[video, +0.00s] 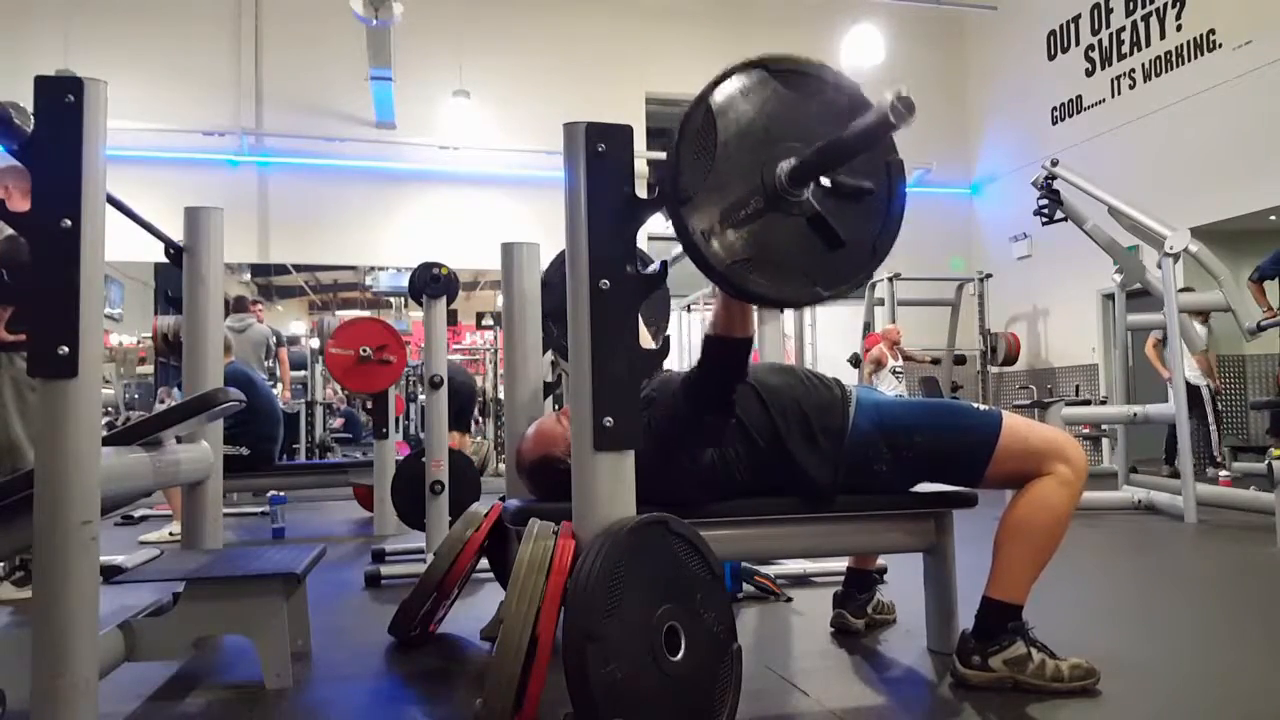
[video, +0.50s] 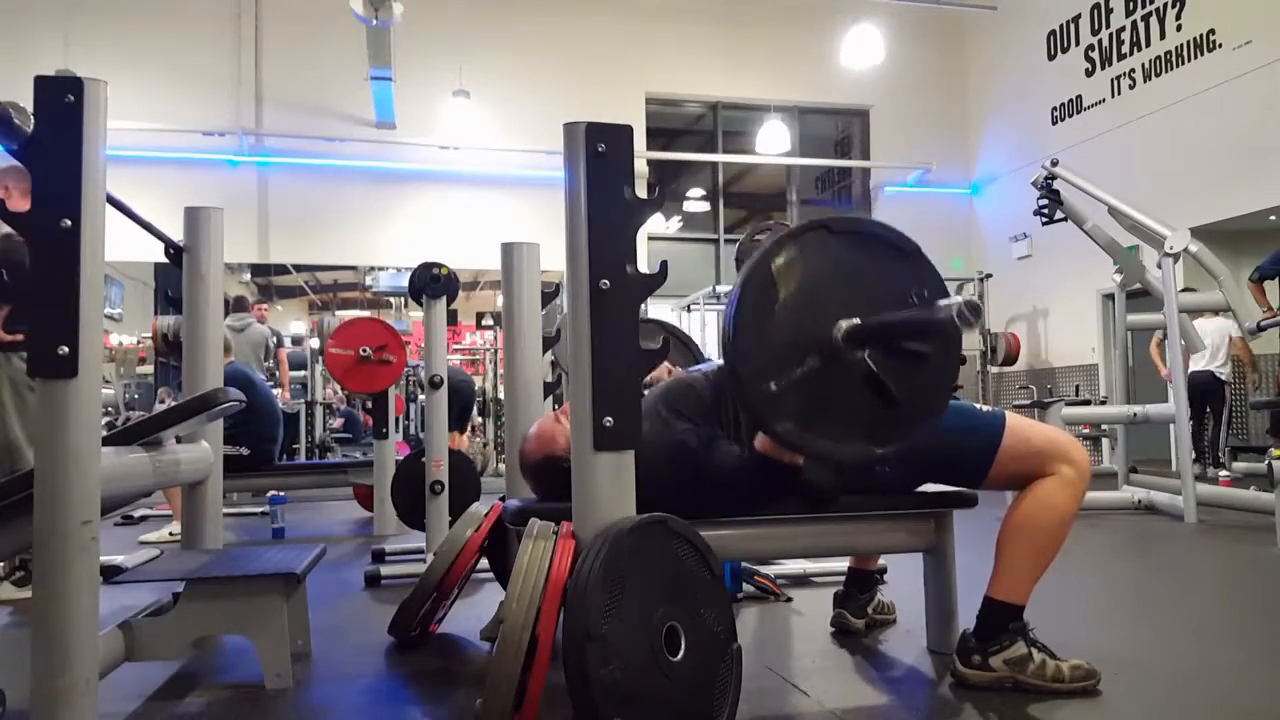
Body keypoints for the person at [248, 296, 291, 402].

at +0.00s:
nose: (257, 314)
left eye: (260, 310)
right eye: (253, 311)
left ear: (264, 312)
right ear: (248, 313)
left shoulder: (275, 334)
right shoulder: (241, 335)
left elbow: (283, 361)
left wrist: (286, 388)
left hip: (267, 386)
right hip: (244, 386)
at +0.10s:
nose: (259, 314)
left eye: (261, 310)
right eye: (255, 311)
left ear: (265, 312)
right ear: (249, 313)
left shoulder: (275, 334)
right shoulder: (240, 335)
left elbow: (283, 361)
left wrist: (286, 388)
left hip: (267, 386)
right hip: (243, 386)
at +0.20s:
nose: (260, 314)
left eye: (262, 310)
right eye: (256, 310)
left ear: (266, 312)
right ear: (250, 312)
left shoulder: (275, 334)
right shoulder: (241, 334)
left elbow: (283, 362)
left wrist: (286, 389)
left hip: (266, 386)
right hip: (243, 385)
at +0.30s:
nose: (261, 313)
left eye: (263, 310)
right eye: (257, 310)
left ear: (267, 312)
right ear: (250, 311)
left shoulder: (275, 334)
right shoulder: (242, 333)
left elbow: (283, 362)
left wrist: (286, 389)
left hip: (267, 385)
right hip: (244, 385)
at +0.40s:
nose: (261, 313)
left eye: (264, 310)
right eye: (258, 310)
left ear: (268, 312)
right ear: (251, 311)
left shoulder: (275, 334)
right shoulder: (242, 333)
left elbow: (282, 361)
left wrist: (285, 389)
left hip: (267, 385)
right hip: (244, 385)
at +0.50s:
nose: (262, 313)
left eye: (265, 310)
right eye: (259, 309)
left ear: (269, 312)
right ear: (251, 311)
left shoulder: (275, 334)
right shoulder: (242, 333)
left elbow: (282, 361)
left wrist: (285, 389)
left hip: (268, 385)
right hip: (244, 385)